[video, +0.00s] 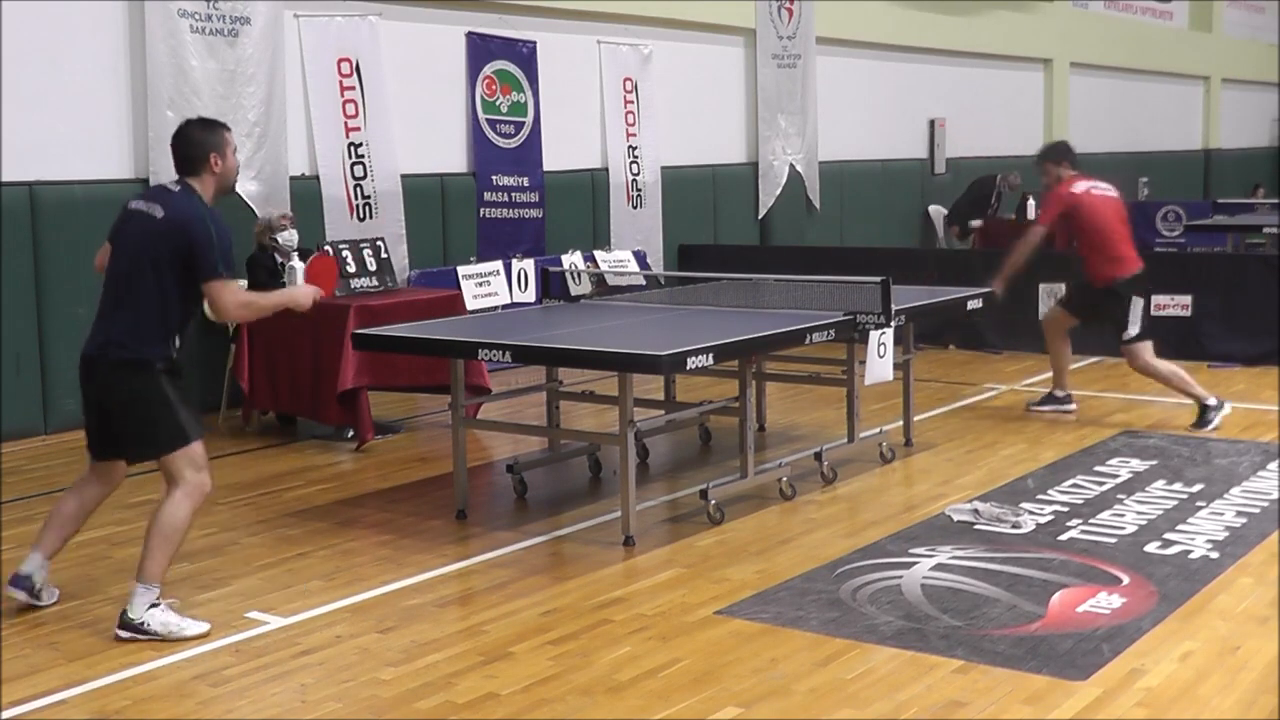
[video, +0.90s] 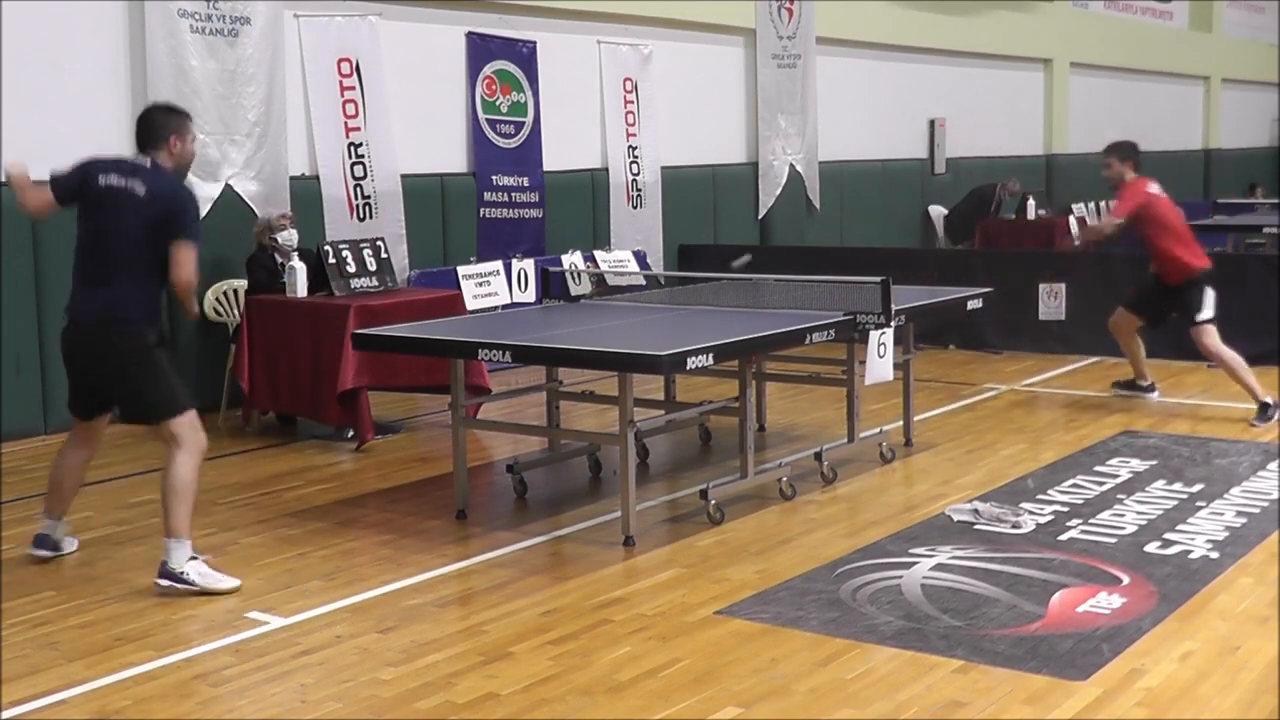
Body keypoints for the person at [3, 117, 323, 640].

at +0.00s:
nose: (237, 162)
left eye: (234, 152)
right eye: (233, 154)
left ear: (184, 161)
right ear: (216, 162)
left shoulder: (144, 201)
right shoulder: (202, 221)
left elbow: (104, 263)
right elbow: (227, 306)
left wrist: (171, 284)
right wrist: (288, 298)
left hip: (100, 362)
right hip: (139, 369)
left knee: (105, 472)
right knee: (192, 480)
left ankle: (31, 572)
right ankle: (143, 605)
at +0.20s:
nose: (251, 147)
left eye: (248, 138)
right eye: (248, 139)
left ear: (201, 145)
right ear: (231, 145)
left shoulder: (162, 185)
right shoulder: (216, 203)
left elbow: (151, 266)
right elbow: (232, 293)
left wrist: (193, 311)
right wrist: (293, 308)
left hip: (114, 342)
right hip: (152, 349)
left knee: (123, 449)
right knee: (232, 451)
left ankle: (68, 553)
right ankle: (212, 583)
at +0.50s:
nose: (247, 196)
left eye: (246, 188)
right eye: (247, 189)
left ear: (198, 181)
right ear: (236, 192)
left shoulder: (148, 210)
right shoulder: (227, 244)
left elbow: (155, 277)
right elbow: (234, 322)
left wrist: (223, 289)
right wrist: (252, 295)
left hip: (93, 355)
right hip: (145, 363)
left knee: (124, 452)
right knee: (209, 461)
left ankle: (92, 555)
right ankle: (236, 589)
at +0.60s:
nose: (231, 178)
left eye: (233, 172)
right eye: (232, 171)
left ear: (185, 156)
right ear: (218, 165)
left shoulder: (127, 168)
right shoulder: (214, 199)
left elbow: (66, 208)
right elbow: (217, 258)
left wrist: (99, 251)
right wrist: (237, 227)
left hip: (87, 323)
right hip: (137, 326)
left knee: (104, 436)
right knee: (160, 439)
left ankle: (88, 552)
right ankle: (171, 569)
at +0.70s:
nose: (220, 157)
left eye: (221, 150)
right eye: (221, 150)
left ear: (177, 131)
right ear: (209, 142)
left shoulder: (117, 148)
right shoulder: (204, 175)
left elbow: (43, 176)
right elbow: (211, 243)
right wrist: (202, 194)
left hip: (89, 304)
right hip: (136, 310)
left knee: (102, 418)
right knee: (152, 424)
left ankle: (85, 537)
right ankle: (149, 555)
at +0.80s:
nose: (205, 139)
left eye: (205, 130)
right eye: (203, 129)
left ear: (155, 121)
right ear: (187, 125)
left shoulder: (102, 148)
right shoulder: (189, 166)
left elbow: (32, 162)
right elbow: (209, 242)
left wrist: (10, 137)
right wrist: (181, 230)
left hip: (85, 308)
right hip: (135, 313)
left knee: (98, 416)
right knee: (165, 425)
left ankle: (68, 526)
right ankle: (161, 552)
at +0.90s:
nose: (193, 150)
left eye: (192, 141)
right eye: (191, 142)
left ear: (145, 141)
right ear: (175, 143)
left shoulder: (96, 171)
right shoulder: (177, 196)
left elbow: (35, 203)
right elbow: (182, 276)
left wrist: (19, 178)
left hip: (81, 332)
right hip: (133, 337)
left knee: (85, 433)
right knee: (189, 438)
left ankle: (49, 533)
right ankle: (179, 559)